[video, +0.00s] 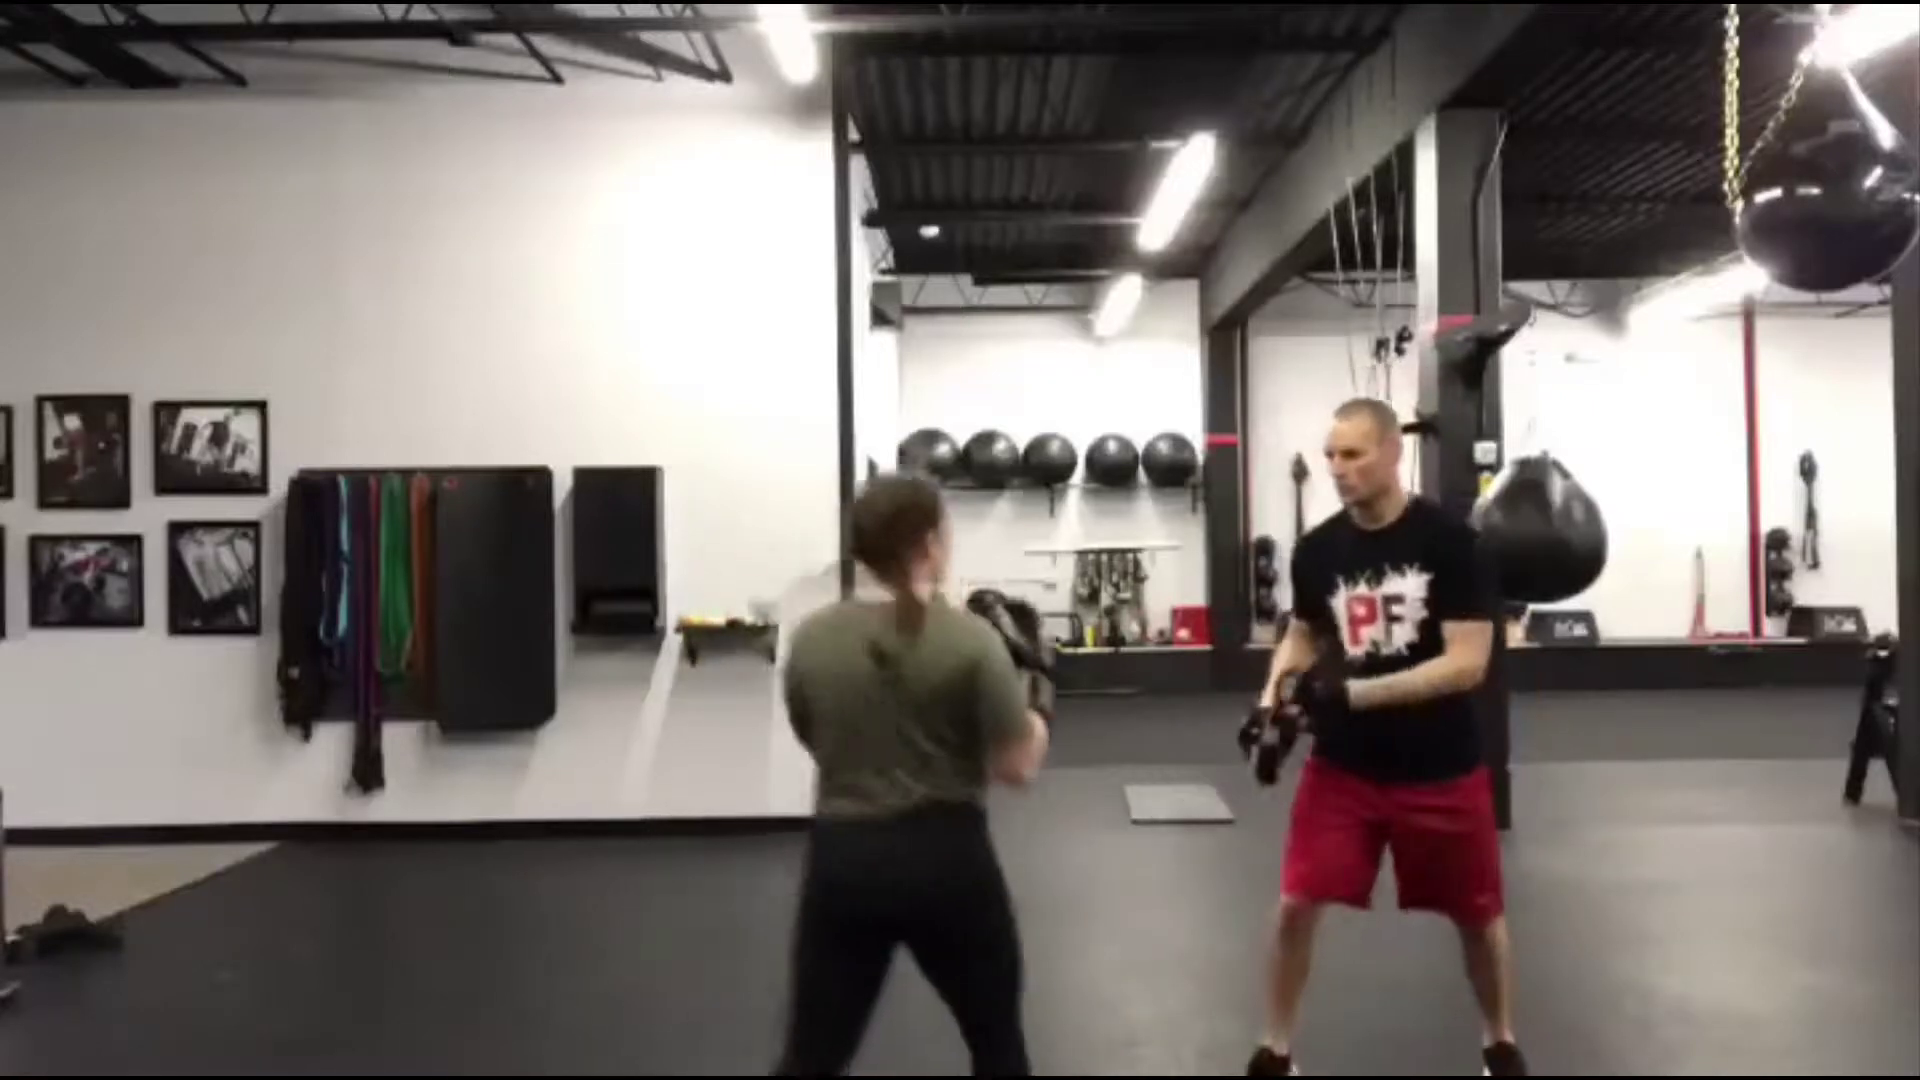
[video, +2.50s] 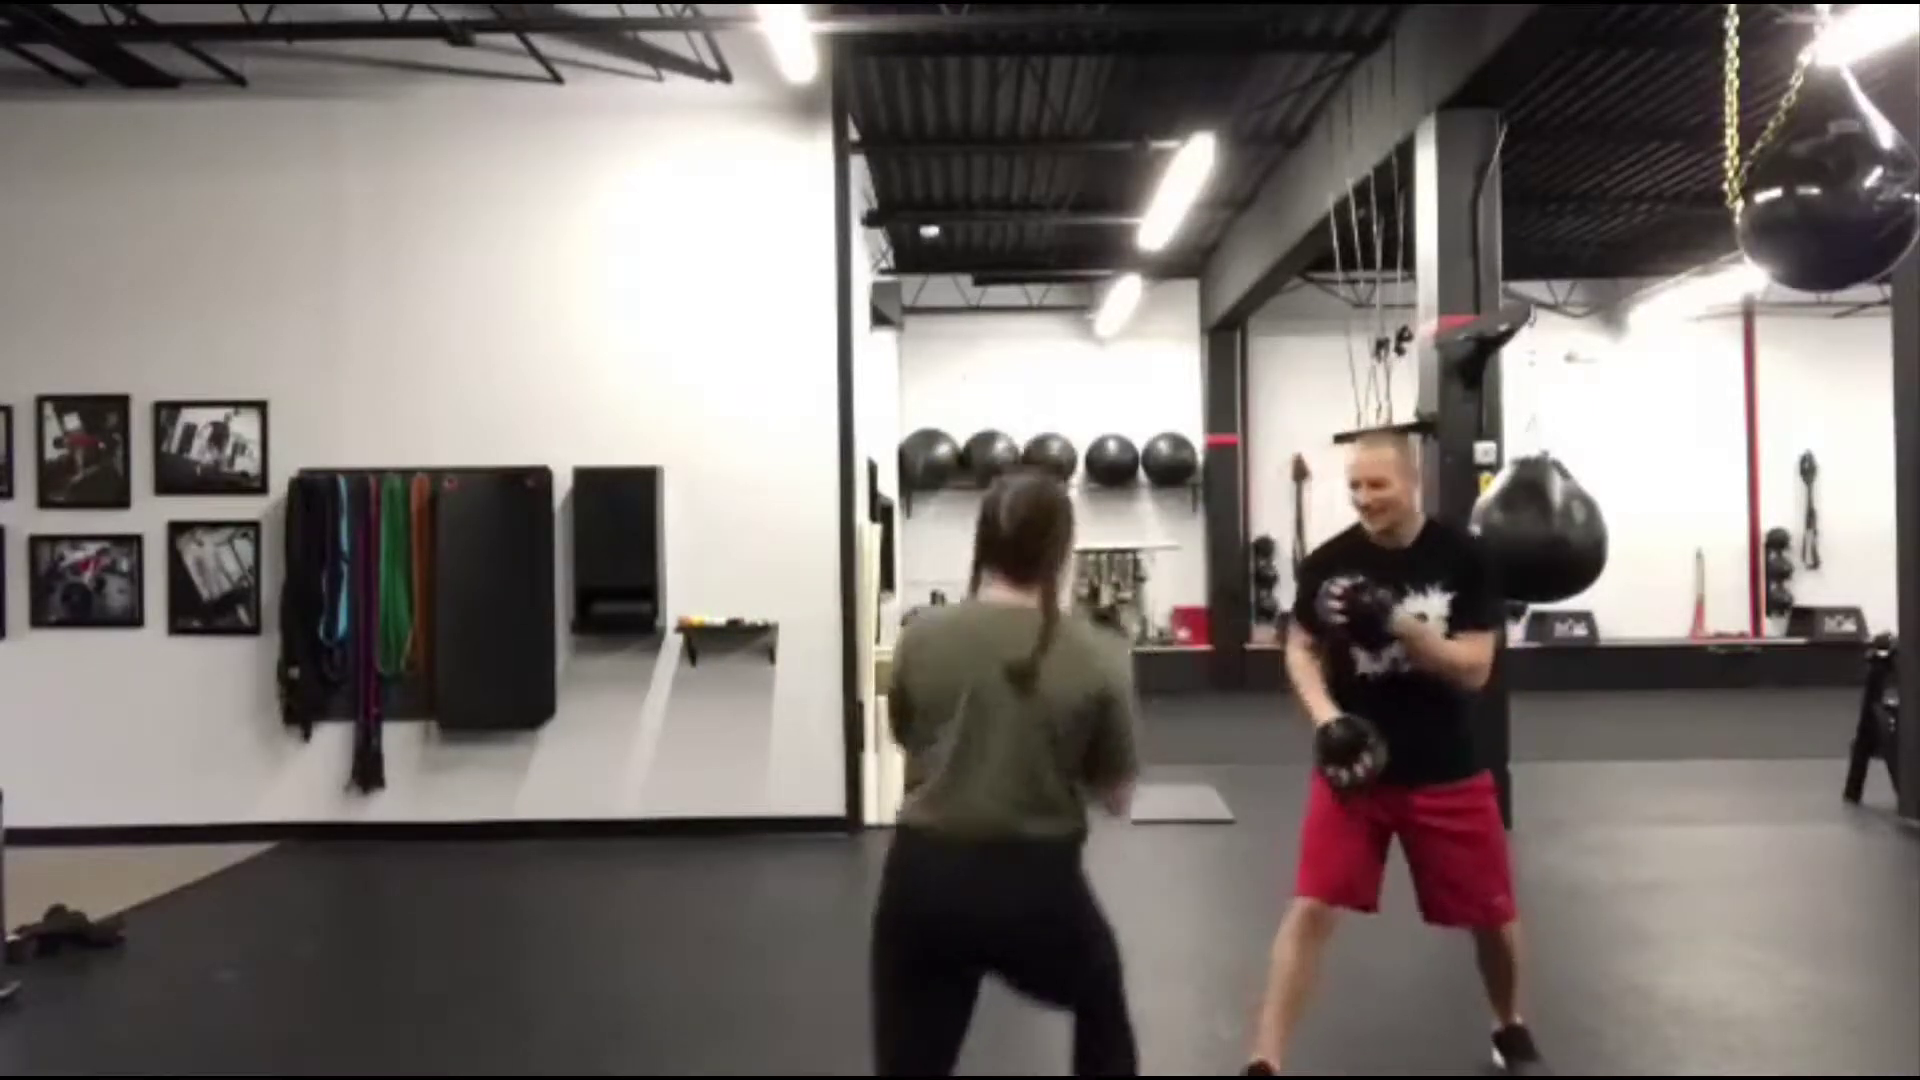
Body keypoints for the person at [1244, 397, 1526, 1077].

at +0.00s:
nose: (1339, 469)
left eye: (1352, 455)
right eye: (1332, 456)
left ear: (1393, 452)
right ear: (1328, 460)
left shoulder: (1451, 540)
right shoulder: (1317, 549)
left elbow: (1469, 661)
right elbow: (1303, 633)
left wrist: (1352, 691)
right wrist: (1274, 697)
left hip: (1443, 772)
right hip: (1343, 770)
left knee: (1481, 918)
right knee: (1296, 906)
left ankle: (1501, 1046)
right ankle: (1275, 1051)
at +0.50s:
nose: (1311, 467)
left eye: (1327, 454)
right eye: (1304, 455)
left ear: (1367, 456)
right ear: (1297, 460)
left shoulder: (1421, 542)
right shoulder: (1276, 548)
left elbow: (1452, 658)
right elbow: (1240, 633)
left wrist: (1374, 720)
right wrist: (1238, 692)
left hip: (1417, 765)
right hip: (1314, 769)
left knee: (1480, 905)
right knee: (1287, 916)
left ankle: (1521, 1032)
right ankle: (1261, 1063)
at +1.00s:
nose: (1365, 475)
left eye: (1379, 462)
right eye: (1356, 464)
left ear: (1416, 464)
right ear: (1348, 469)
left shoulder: (1467, 549)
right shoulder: (1324, 556)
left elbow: (1507, 663)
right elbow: (1301, 637)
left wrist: (1440, 727)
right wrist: (1296, 668)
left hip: (1458, 778)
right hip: (1350, 776)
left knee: (1508, 920)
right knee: (1313, 915)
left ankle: (1542, 1043)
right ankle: (1264, 1064)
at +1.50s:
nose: (1365, 471)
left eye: (1379, 457)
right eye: (1356, 460)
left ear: (1415, 460)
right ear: (1347, 467)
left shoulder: (1464, 550)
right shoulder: (1326, 553)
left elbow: (1499, 665)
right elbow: (1288, 654)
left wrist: (1409, 682)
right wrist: (1275, 603)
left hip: (1452, 778)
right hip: (1348, 775)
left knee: (1508, 921)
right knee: (1308, 914)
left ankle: (1543, 1043)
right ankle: (1265, 1063)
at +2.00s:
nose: (1300, 473)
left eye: (1314, 459)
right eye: (1291, 462)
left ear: (1353, 463)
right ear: (1286, 472)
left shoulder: (1414, 546)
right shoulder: (1274, 557)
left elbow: (1458, 659)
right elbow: (1230, 637)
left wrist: (1373, 664)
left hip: (1421, 774)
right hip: (1318, 775)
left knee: (1485, 915)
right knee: (1288, 915)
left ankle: (1534, 1034)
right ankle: (1262, 1065)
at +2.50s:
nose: (1366, 500)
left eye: (1378, 487)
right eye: (1357, 488)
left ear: (1413, 483)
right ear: (1347, 488)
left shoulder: (1464, 557)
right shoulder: (1325, 565)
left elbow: (1476, 665)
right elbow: (1300, 652)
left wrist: (1396, 626)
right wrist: (1330, 720)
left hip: (1451, 775)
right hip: (1354, 773)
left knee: (1496, 920)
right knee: (1313, 909)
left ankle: (1510, 1028)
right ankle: (1266, 1060)